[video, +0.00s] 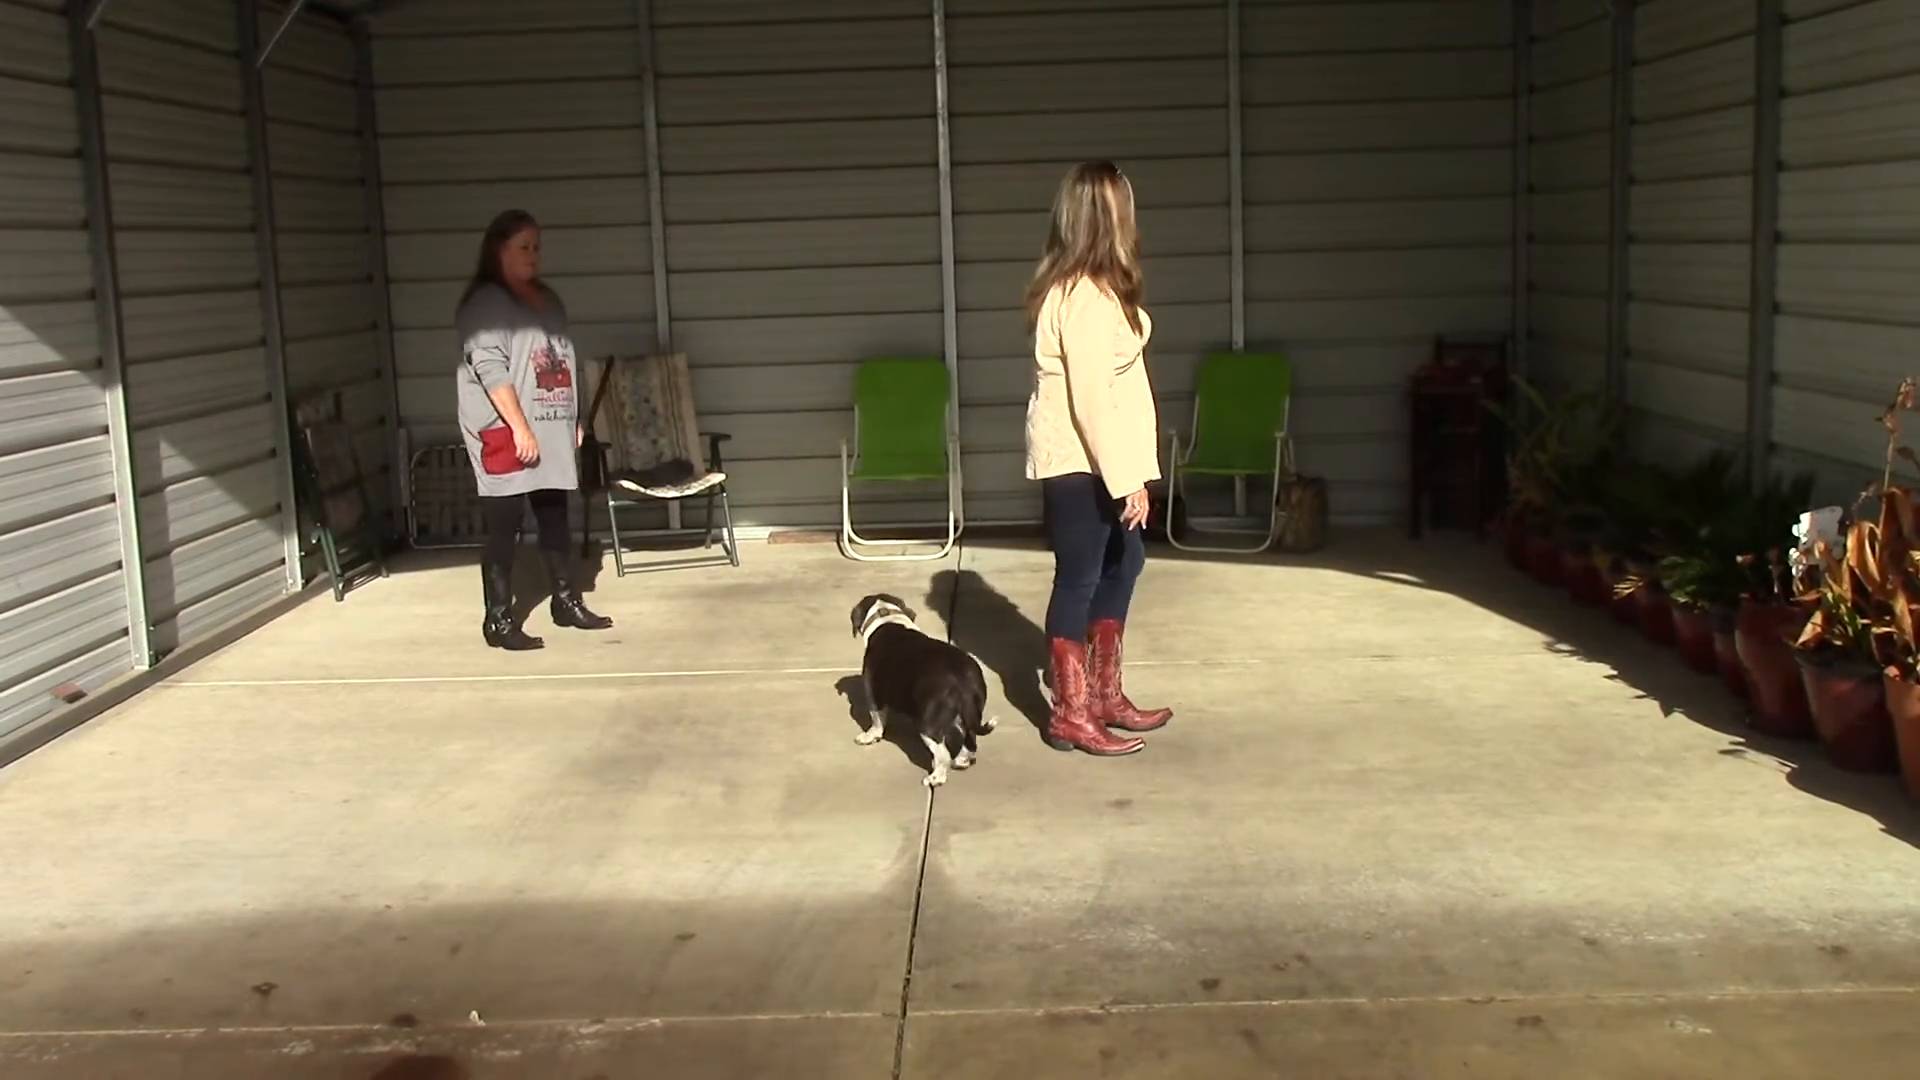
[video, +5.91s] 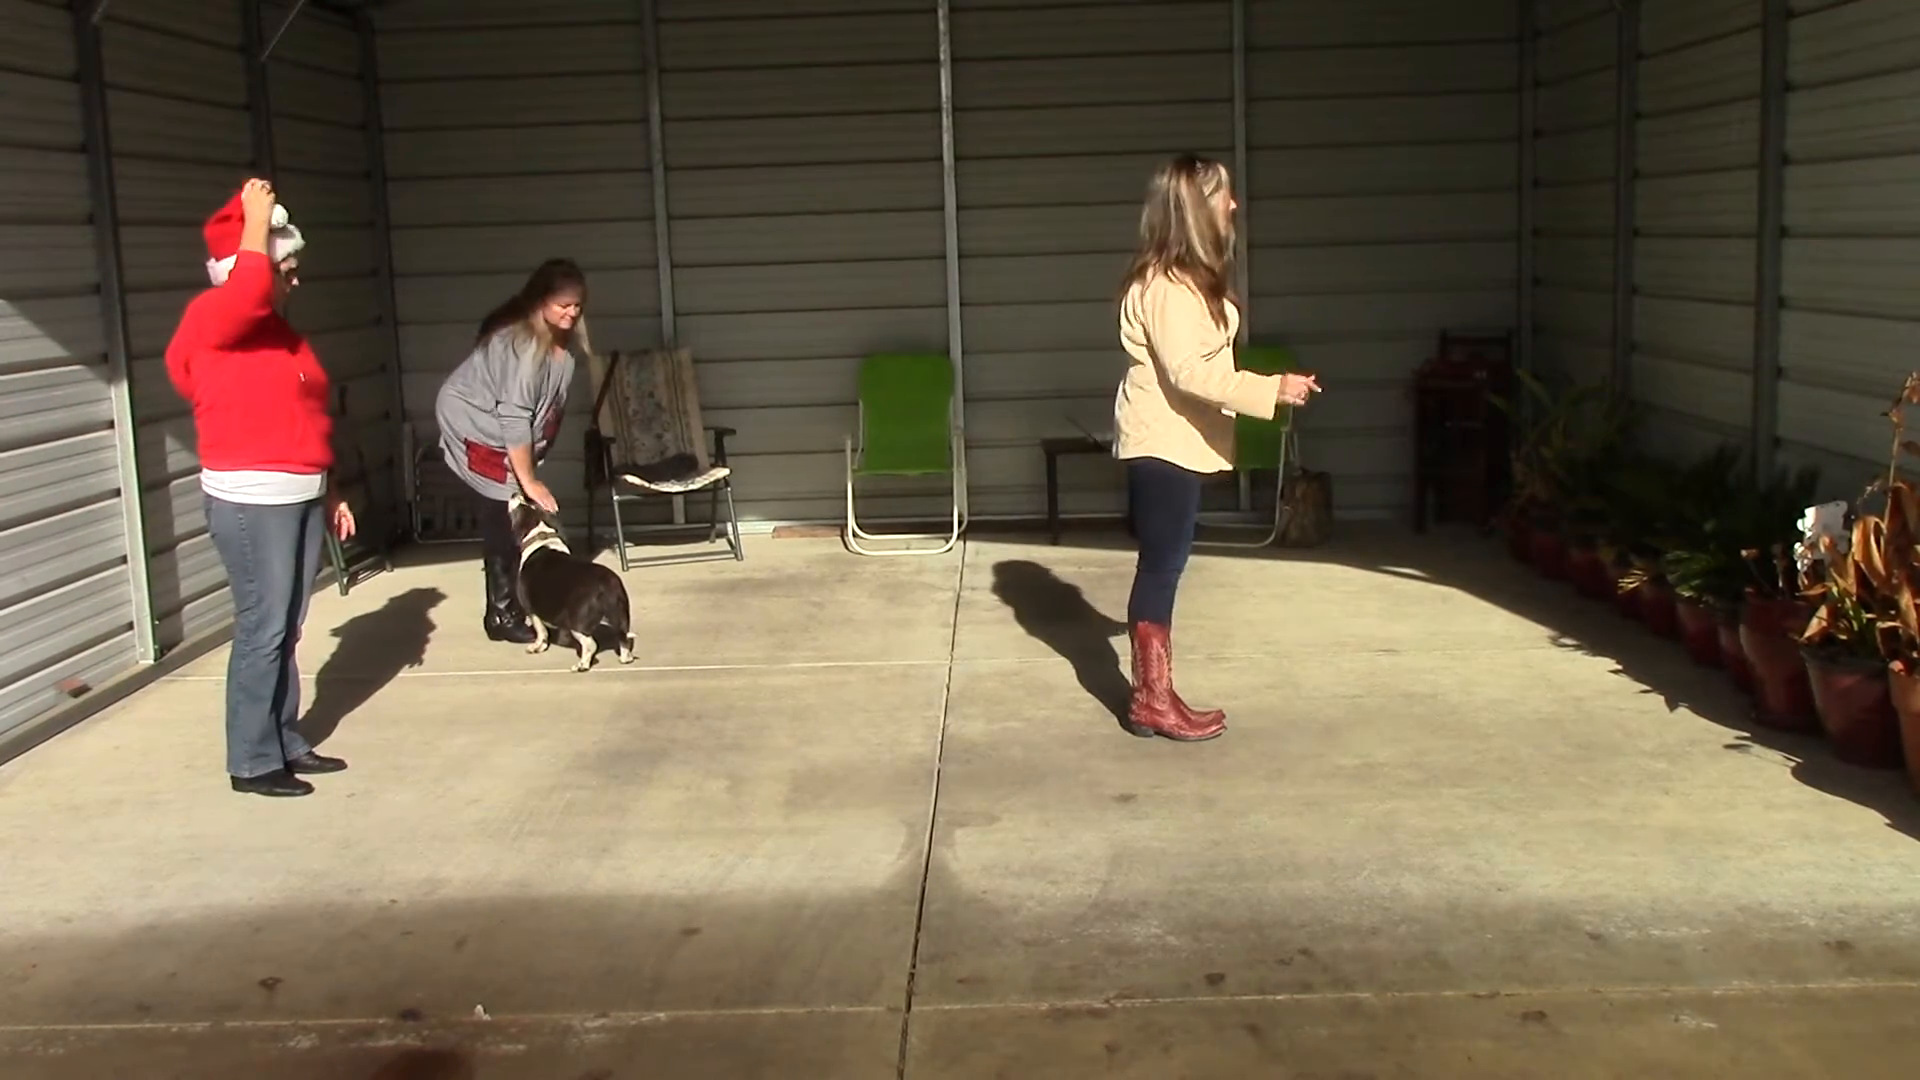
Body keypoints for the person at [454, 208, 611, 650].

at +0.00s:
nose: (533, 255)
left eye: (536, 247)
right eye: (524, 247)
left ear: (538, 251)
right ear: (498, 251)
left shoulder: (547, 300)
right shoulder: (483, 305)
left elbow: (562, 364)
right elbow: (491, 372)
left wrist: (573, 417)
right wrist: (519, 426)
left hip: (549, 428)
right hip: (500, 432)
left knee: (554, 512)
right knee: (503, 521)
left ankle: (566, 600)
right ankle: (498, 618)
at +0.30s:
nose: (513, 256)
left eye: (516, 248)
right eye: (505, 247)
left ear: (516, 251)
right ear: (480, 249)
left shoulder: (518, 299)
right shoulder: (469, 306)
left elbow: (527, 368)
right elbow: (485, 378)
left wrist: (533, 431)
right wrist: (505, 434)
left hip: (523, 433)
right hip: (488, 438)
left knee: (529, 511)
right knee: (494, 519)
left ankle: (515, 607)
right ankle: (497, 617)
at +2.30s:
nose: (493, 260)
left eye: (496, 252)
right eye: (484, 251)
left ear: (498, 252)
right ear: (459, 251)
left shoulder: (491, 296)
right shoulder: (450, 301)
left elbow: (500, 361)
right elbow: (466, 369)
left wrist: (509, 423)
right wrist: (489, 426)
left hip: (487, 423)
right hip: (468, 425)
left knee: (476, 511)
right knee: (494, 511)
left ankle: (465, 602)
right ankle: (500, 609)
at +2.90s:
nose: (534, 303)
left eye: (539, 295)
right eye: (526, 294)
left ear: (543, 293)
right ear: (501, 292)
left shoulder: (528, 330)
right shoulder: (489, 333)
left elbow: (524, 398)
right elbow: (490, 407)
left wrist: (512, 452)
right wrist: (512, 470)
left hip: (479, 422)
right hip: (447, 421)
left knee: (480, 509)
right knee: (490, 509)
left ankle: (464, 603)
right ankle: (499, 610)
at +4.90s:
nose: (577, 340)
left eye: (582, 333)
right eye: (571, 331)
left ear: (587, 328)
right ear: (549, 321)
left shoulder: (530, 343)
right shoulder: (530, 362)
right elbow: (512, 435)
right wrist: (517, 501)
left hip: (450, 409)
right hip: (450, 416)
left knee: (480, 507)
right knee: (496, 508)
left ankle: (465, 604)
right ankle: (502, 611)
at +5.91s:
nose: (572, 314)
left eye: (577, 307)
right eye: (564, 306)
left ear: (581, 304)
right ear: (542, 301)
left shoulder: (557, 338)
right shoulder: (523, 343)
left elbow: (545, 405)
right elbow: (514, 419)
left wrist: (526, 472)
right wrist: (529, 482)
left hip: (502, 415)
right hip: (468, 416)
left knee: (511, 507)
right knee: (500, 508)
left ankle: (510, 607)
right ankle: (500, 612)